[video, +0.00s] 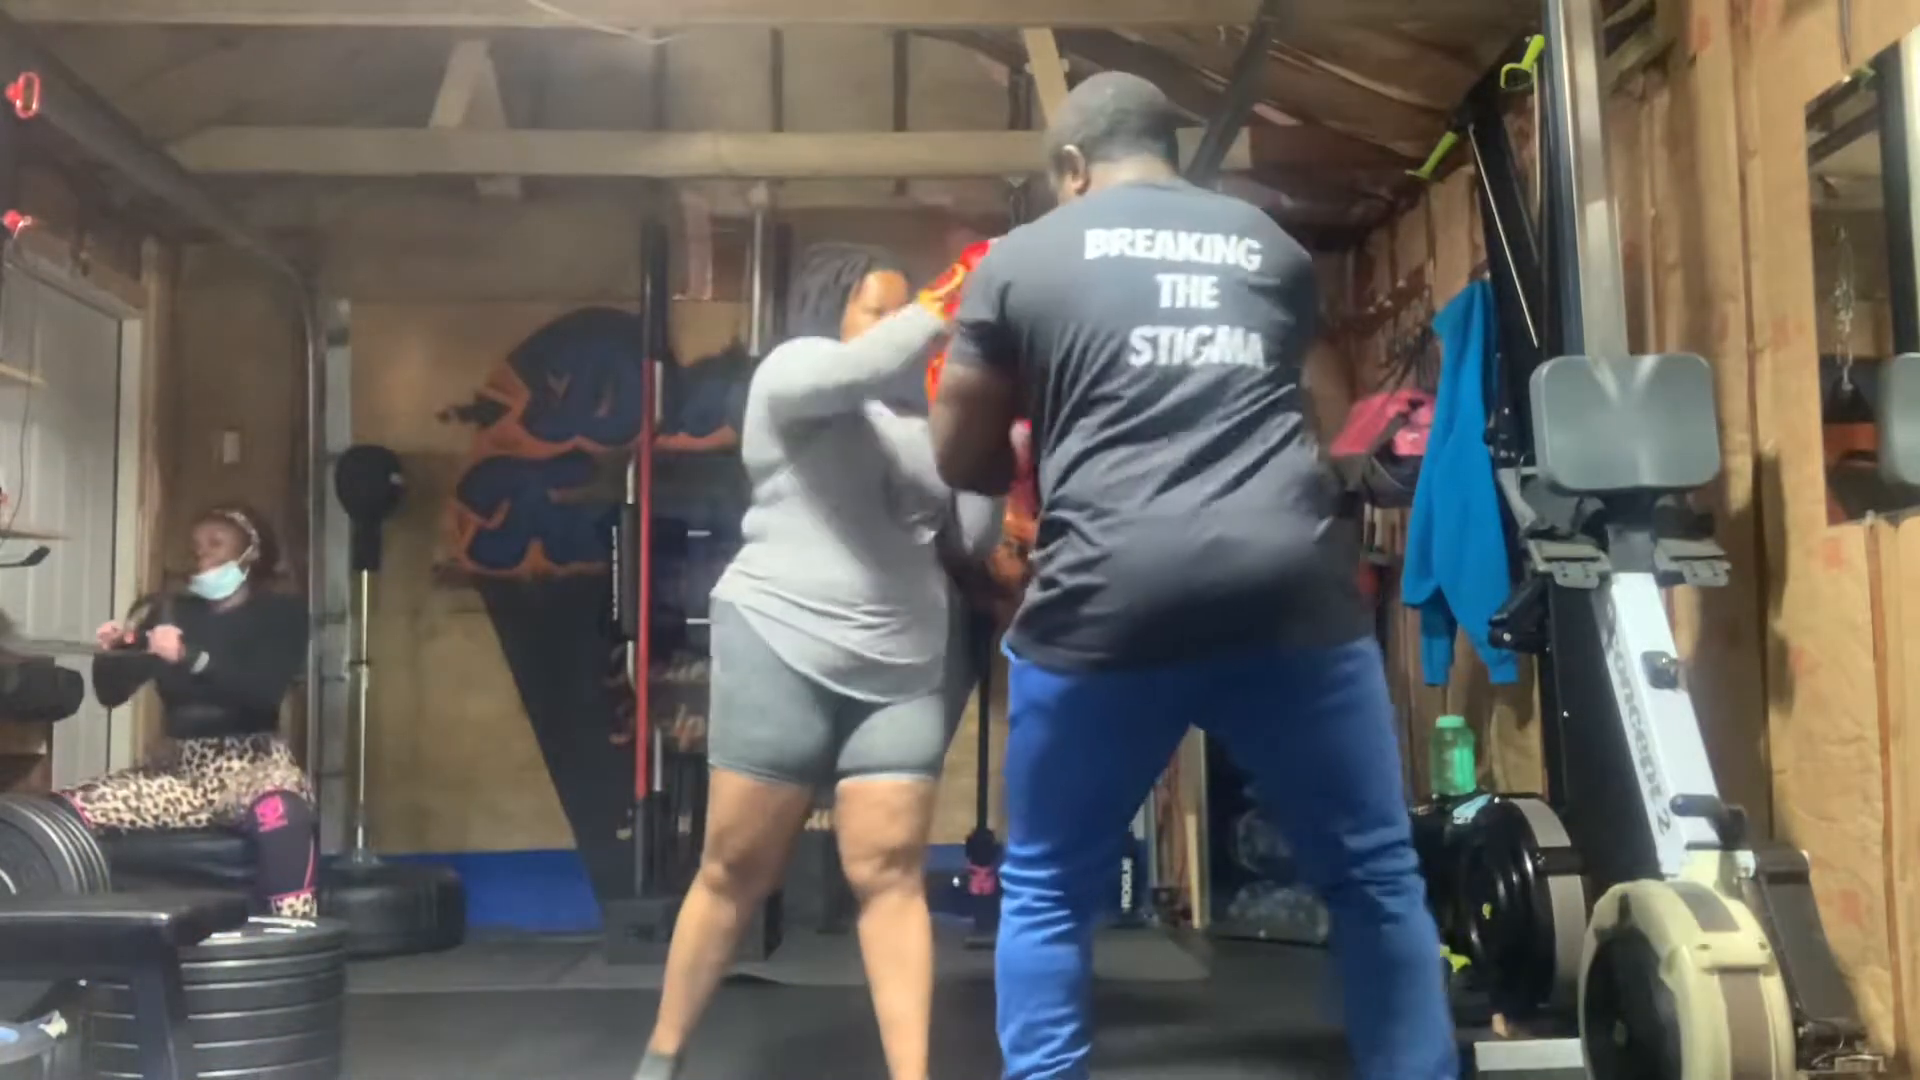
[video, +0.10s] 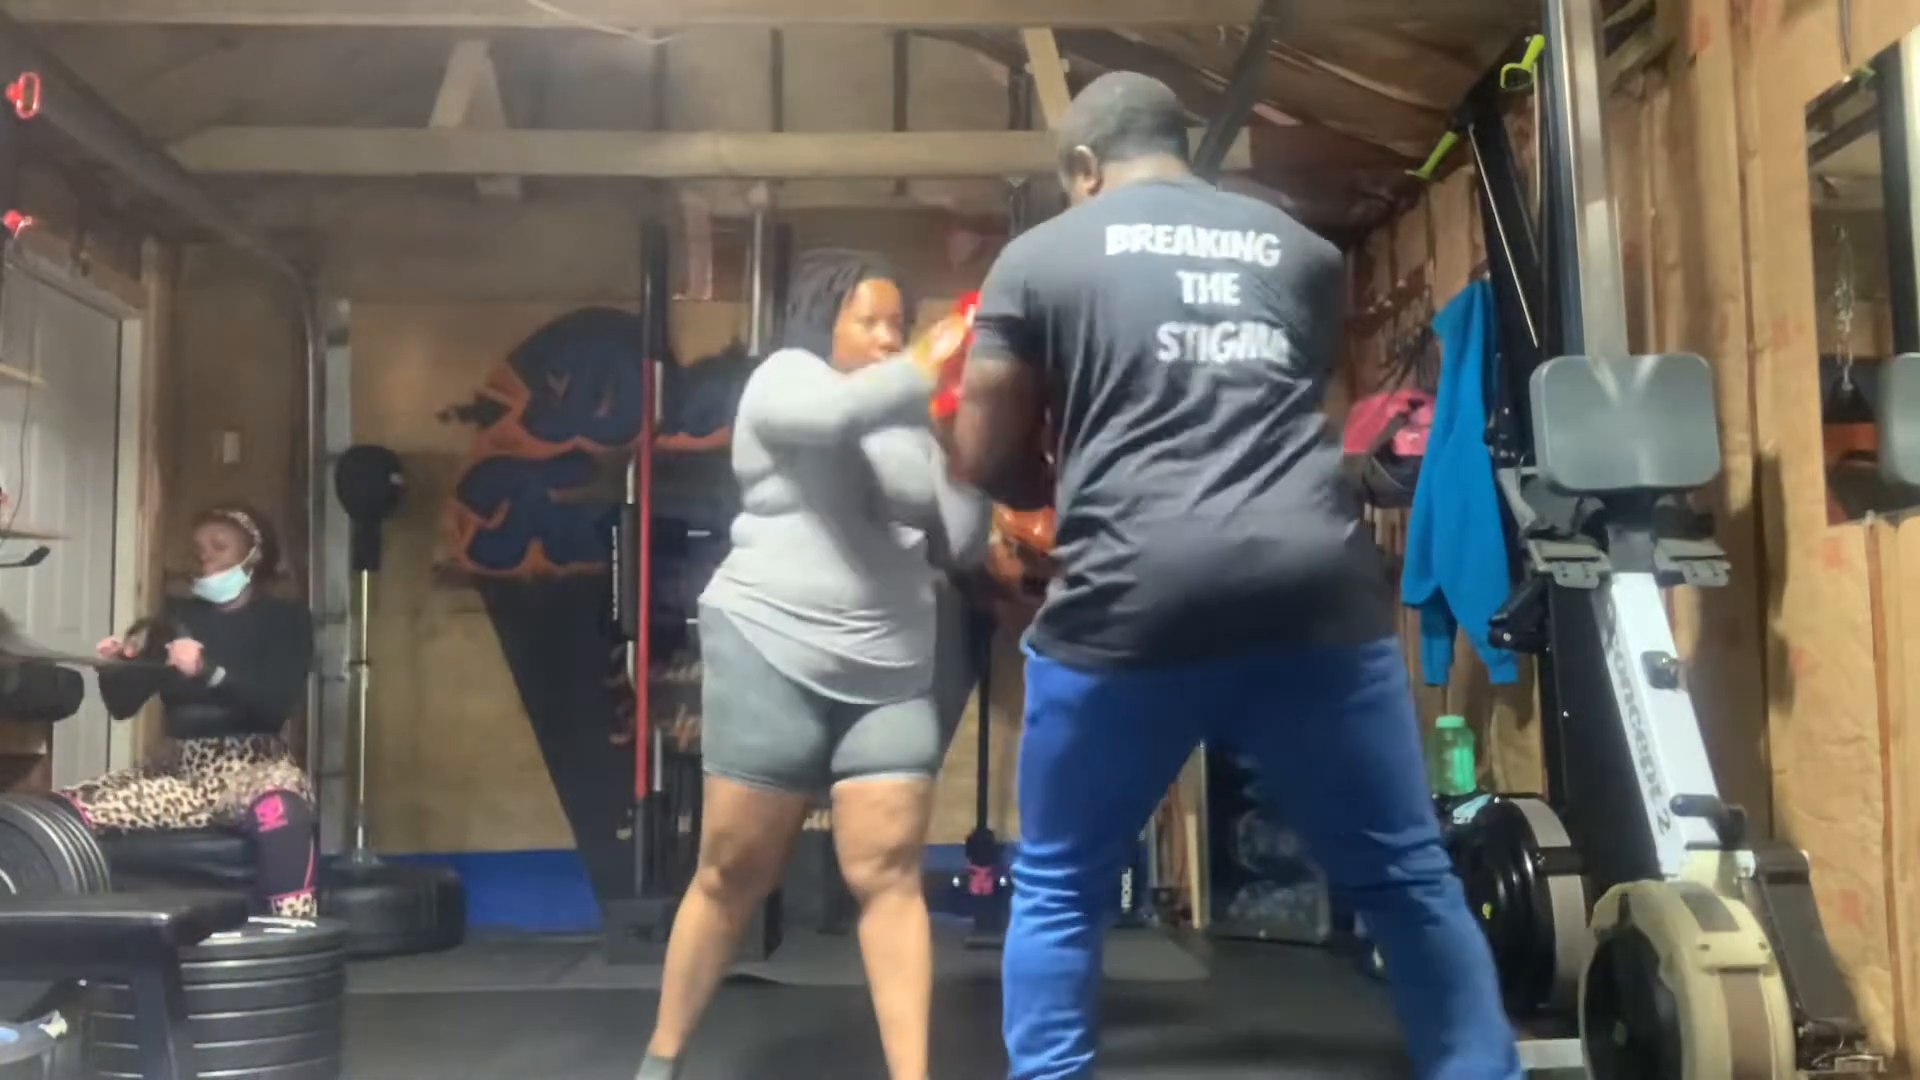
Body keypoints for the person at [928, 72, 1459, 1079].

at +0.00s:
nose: (1057, 192)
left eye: (1054, 178)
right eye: (1058, 181)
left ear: (1074, 167)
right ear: (1176, 154)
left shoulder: (1020, 260)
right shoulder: (1268, 239)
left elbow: (964, 458)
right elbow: (1326, 415)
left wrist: (1029, 444)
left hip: (1112, 589)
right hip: (1290, 579)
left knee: (1048, 889)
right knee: (1376, 875)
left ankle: (1042, 1071)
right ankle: (1417, 1073)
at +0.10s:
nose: (1064, 185)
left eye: (1063, 173)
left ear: (1084, 165)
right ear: (1185, 150)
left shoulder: (1037, 258)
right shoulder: (1303, 246)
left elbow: (992, 461)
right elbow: (1315, 415)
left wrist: (1092, 482)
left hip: (1131, 589)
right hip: (1314, 580)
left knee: (1059, 886)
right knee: (1407, 873)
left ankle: (1049, 1071)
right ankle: (1484, 1072)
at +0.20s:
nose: (1099, 202)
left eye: (1098, 186)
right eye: (1100, 189)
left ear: (1118, 171)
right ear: (1229, 157)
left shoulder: (1072, 263)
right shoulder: (1355, 250)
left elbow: (1020, 463)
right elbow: (1363, 428)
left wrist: (1127, 521)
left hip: (1163, 603)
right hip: (1353, 602)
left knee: (1077, 891)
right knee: (1456, 889)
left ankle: (1055, 1071)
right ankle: (1547, 1073)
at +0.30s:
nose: (1152, 219)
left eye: (1150, 200)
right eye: (1150, 202)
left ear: (1173, 179)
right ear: (1271, 157)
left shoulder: (1128, 274)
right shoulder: (1411, 259)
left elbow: (1069, 471)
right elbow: (1446, 428)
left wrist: (1170, 519)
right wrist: (1357, 492)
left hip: (1216, 618)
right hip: (1407, 613)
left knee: (1104, 892)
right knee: (1493, 906)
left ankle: (1064, 1074)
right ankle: (1569, 1076)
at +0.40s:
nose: (1194, 210)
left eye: (1190, 192)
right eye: (1193, 196)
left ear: (1213, 170)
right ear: (1310, 150)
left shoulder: (1168, 263)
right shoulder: (1458, 241)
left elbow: (1115, 464)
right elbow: (1497, 421)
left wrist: (1212, 514)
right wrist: (1402, 482)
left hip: (1251, 608)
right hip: (1455, 609)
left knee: (1129, 891)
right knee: (1520, 912)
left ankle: (1078, 1074)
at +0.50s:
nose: (1212, 203)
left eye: (1209, 185)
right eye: (1210, 188)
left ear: (1239, 159)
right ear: (1331, 141)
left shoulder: (1189, 253)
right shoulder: (1485, 232)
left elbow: (1137, 456)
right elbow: (1523, 408)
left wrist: (1241, 502)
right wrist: (1409, 455)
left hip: (1269, 603)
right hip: (1472, 604)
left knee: (1150, 878)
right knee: (1527, 908)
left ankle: (1115, 1073)